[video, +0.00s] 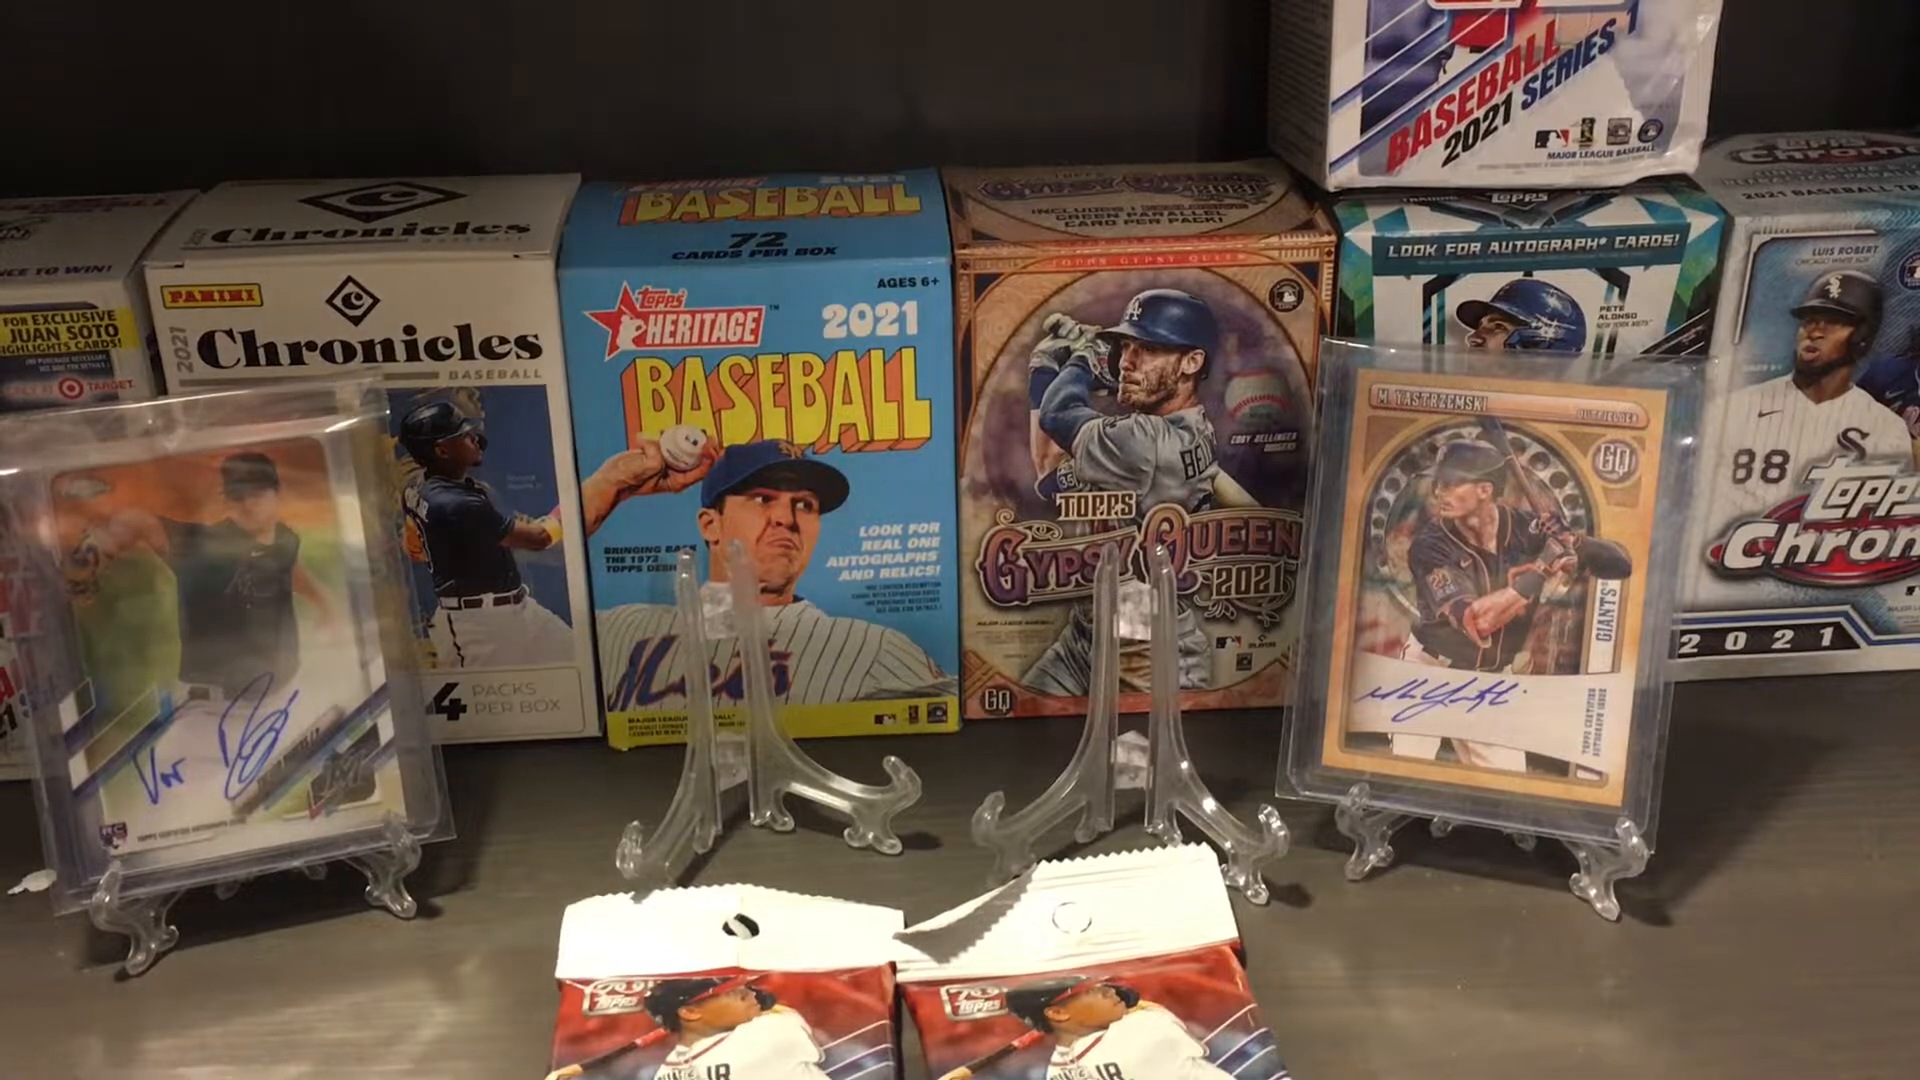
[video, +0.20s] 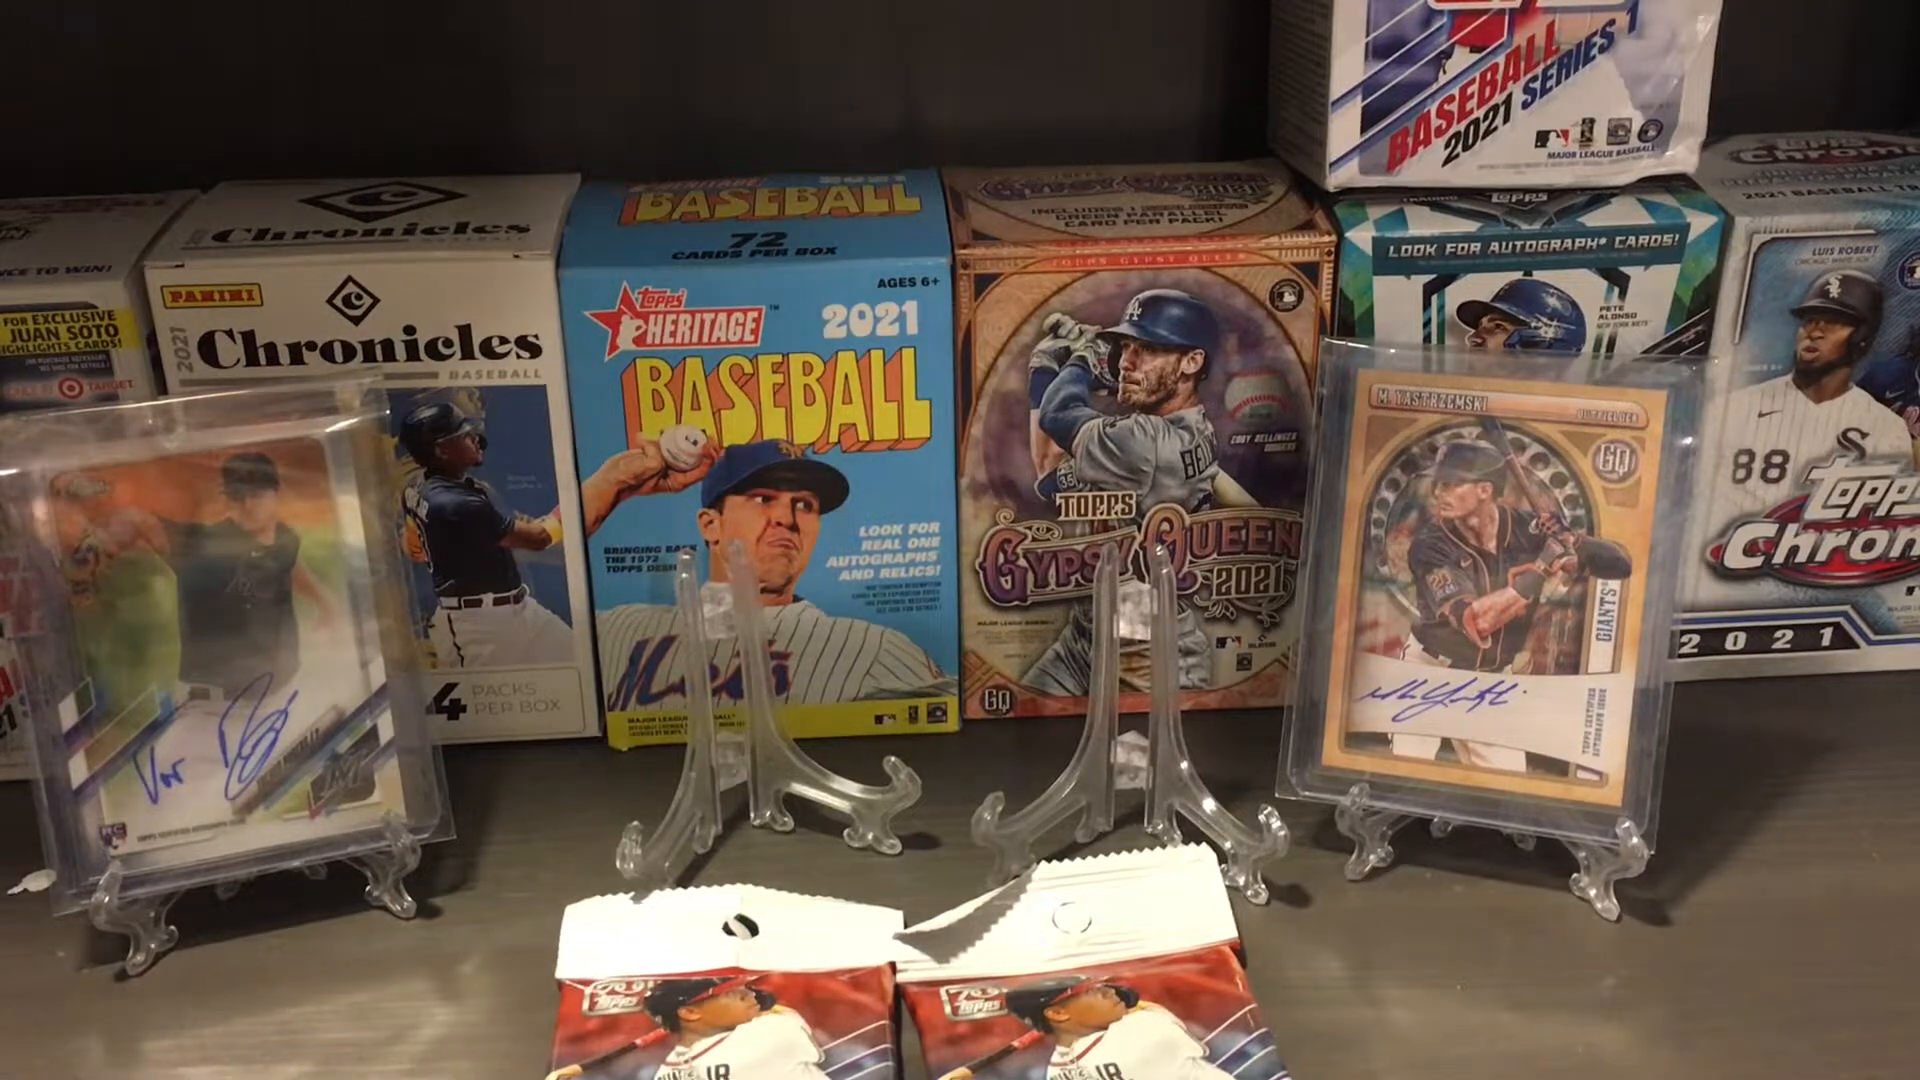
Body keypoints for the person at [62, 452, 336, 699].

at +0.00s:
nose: (249, 506)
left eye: (258, 496)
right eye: (239, 498)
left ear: (276, 495)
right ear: (228, 502)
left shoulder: (286, 541)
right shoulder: (202, 542)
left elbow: (291, 570)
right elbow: (144, 524)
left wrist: (322, 602)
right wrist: (110, 536)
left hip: (275, 685)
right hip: (215, 691)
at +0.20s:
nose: (253, 507)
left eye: (259, 495)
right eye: (243, 498)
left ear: (277, 495)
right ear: (231, 503)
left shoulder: (286, 541)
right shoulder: (198, 543)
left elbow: (291, 570)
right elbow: (139, 520)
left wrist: (324, 602)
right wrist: (102, 540)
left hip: (276, 687)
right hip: (214, 694)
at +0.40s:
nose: (247, 506)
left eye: (256, 496)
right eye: (237, 498)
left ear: (275, 496)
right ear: (227, 501)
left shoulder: (286, 541)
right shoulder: (203, 542)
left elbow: (291, 570)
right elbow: (140, 522)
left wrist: (322, 601)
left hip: (276, 683)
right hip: (213, 691)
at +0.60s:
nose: (247, 506)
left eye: (256, 496)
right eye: (237, 497)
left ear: (275, 496)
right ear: (227, 500)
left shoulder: (286, 540)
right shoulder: (202, 542)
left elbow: (291, 570)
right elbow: (140, 522)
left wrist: (323, 601)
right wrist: (109, 540)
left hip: (276, 686)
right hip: (214, 693)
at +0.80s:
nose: (248, 506)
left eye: (257, 495)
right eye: (237, 497)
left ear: (275, 495)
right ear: (227, 500)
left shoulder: (286, 540)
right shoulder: (202, 543)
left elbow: (291, 569)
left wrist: (324, 602)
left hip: (275, 687)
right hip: (213, 693)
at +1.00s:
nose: (247, 506)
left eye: (256, 495)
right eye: (237, 497)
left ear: (275, 495)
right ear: (227, 500)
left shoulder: (286, 540)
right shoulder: (202, 543)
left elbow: (291, 569)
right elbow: (141, 521)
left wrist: (324, 603)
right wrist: (110, 542)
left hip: (274, 685)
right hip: (213, 690)